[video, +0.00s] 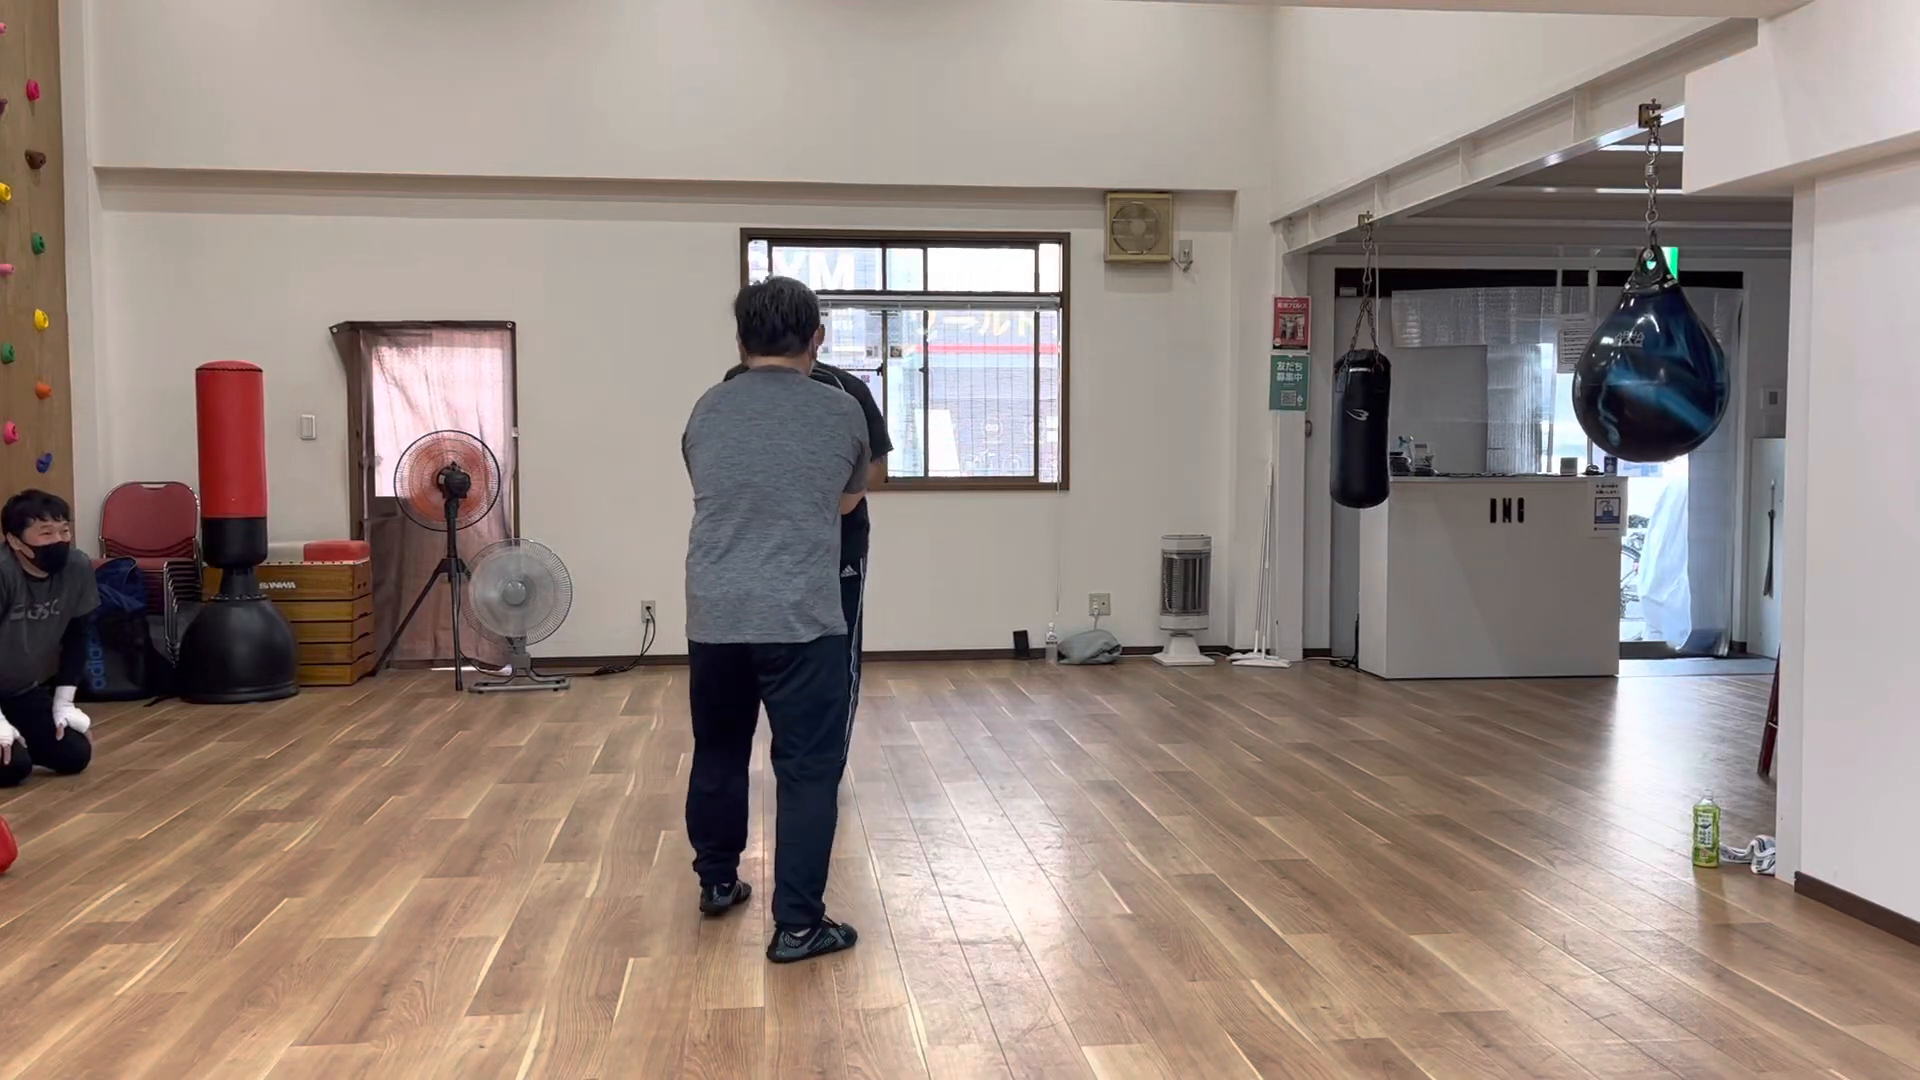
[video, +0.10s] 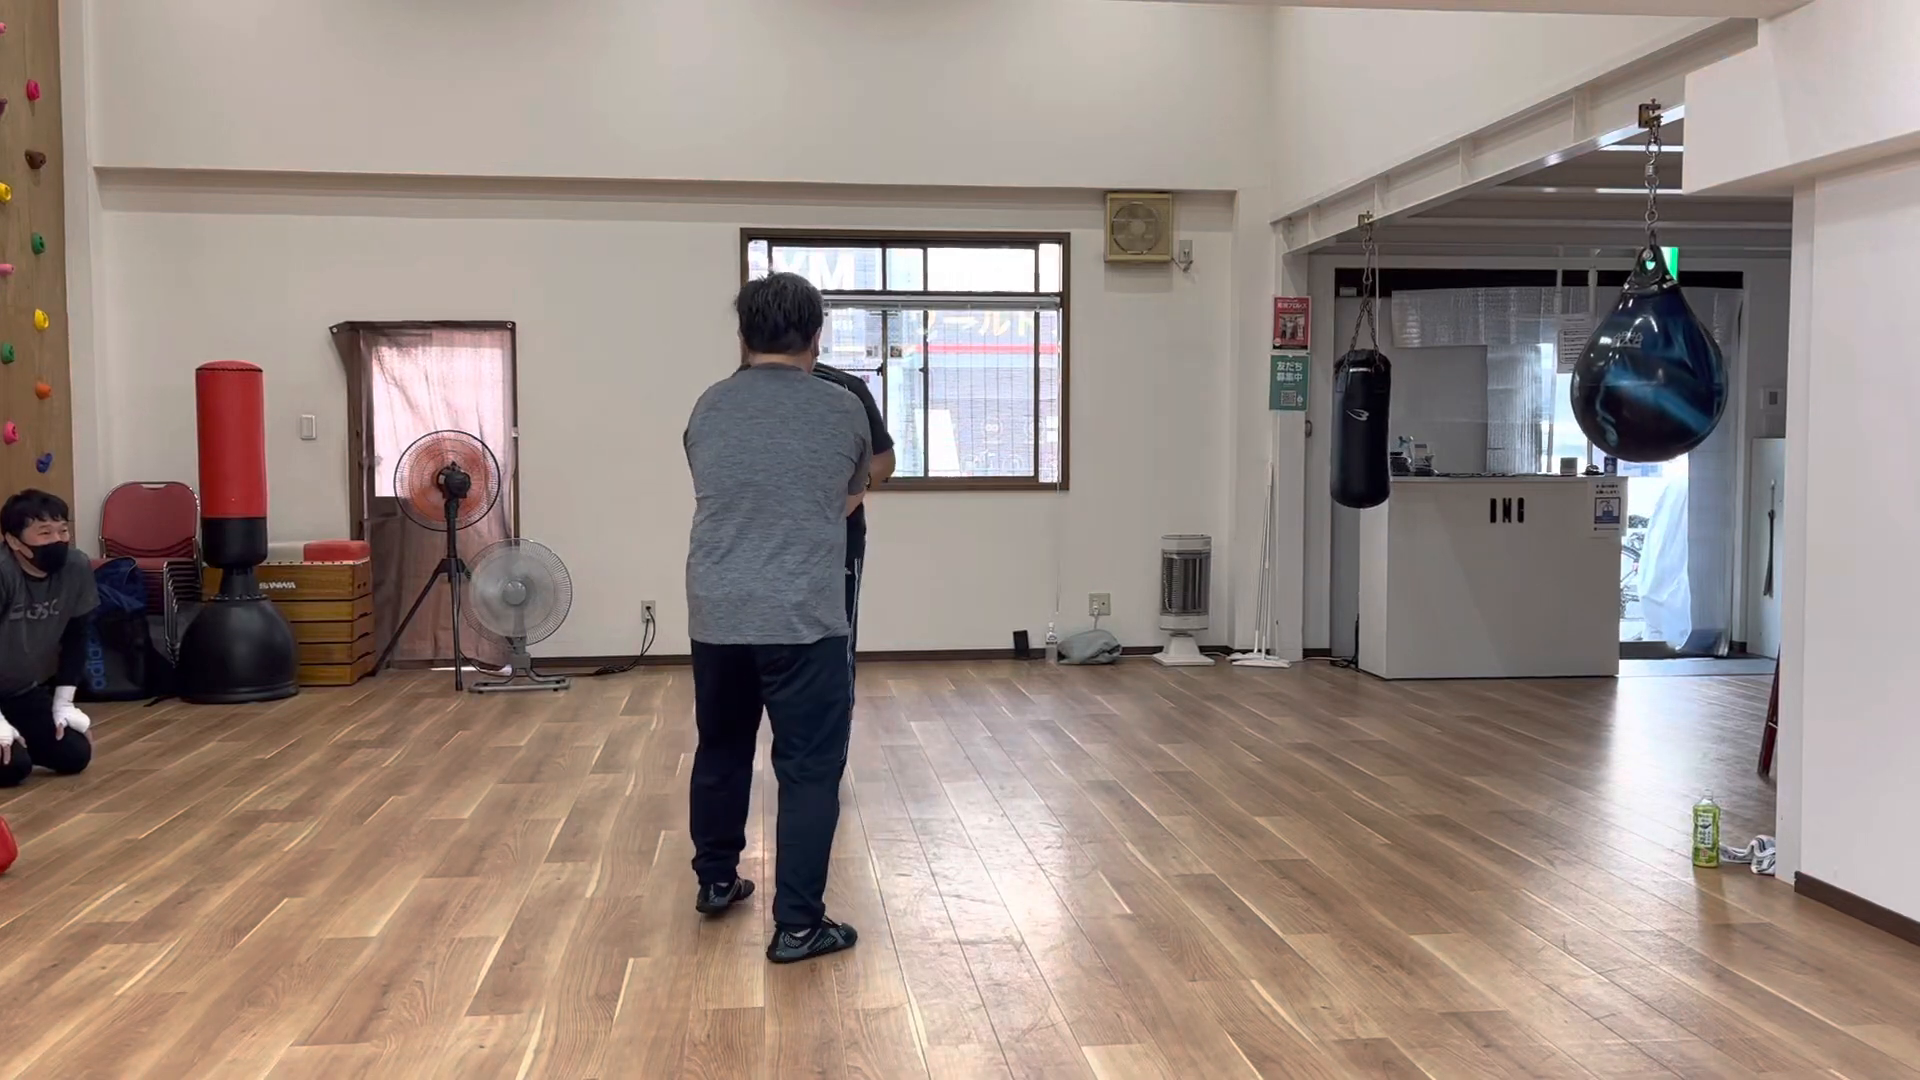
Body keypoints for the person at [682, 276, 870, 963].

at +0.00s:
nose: (821, 343)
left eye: (818, 334)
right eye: (819, 334)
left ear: (742, 338)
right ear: (812, 338)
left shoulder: (709, 405)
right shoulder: (838, 406)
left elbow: (707, 484)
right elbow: (852, 493)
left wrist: (807, 492)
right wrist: (773, 494)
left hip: (712, 618)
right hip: (803, 620)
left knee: (718, 748)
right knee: (808, 767)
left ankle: (717, 880)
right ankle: (796, 923)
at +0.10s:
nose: (819, 341)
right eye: (818, 331)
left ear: (743, 335)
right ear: (814, 336)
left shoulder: (710, 402)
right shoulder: (841, 404)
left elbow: (711, 482)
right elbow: (861, 480)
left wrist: (829, 491)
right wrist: (786, 487)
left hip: (714, 618)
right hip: (805, 620)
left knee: (720, 748)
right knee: (809, 767)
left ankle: (716, 879)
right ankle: (796, 924)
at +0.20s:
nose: (817, 336)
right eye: (815, 327)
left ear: (740, 333)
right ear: (810, 333)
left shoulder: (706, 402)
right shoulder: (836, 404)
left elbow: (711, 483)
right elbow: (851, 494)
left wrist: (811, 485)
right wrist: (772, 488)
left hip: (712, 620)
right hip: (801, 621)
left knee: (722, 752)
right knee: (808, 768)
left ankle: (716, 889)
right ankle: (796, 924)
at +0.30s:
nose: (812, 337)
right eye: (811, 327)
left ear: (736, 332)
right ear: (805, 332)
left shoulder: (701, 403)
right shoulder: (831, 402)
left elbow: (705, 483)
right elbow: (849, 493)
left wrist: (801, 484)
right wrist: (769, 488)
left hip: (708, 618)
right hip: (796, 617)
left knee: (720, 755)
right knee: (810, 764)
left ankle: (715, 893)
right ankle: (798, 922)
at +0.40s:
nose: (809, 342)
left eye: (807, 331)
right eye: (808, 331)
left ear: (732, 335)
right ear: (800, 335)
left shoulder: (697, 402)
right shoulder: (827, 399)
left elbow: (702, 486)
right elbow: (836, 496)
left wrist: (795, 481)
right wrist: (758, 484)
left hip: (698, 614)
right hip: (787, 612)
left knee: (713, 750)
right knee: (817, 758)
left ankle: (714, 892)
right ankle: (805, 916)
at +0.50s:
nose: (807, 345)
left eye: (804, 335)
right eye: (806, 334)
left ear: (730, 338)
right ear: (799, 337)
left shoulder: (696, 405)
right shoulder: (827, 404)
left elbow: (700, 488)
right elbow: (831, 500)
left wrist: (790, 495)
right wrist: (755, 497)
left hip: (697, 615)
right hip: (785, 614)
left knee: (711, 752)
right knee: (817, 755)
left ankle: (714, 892)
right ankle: (798, 916)